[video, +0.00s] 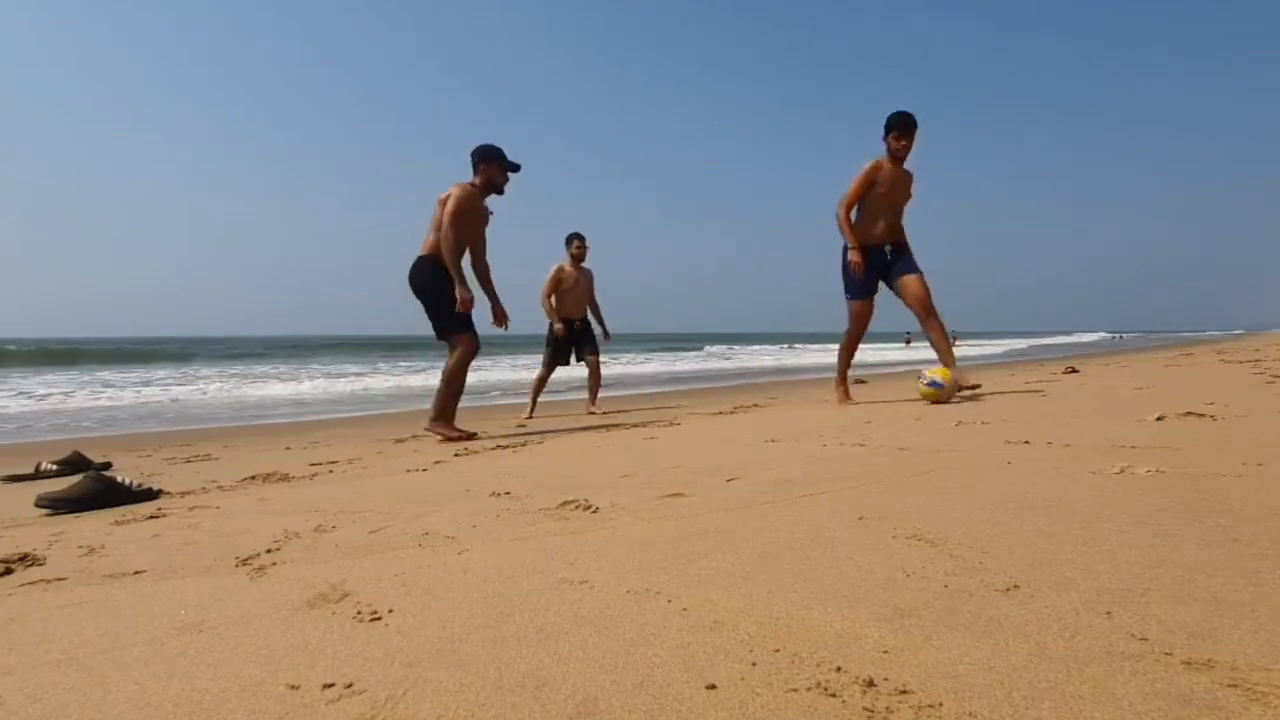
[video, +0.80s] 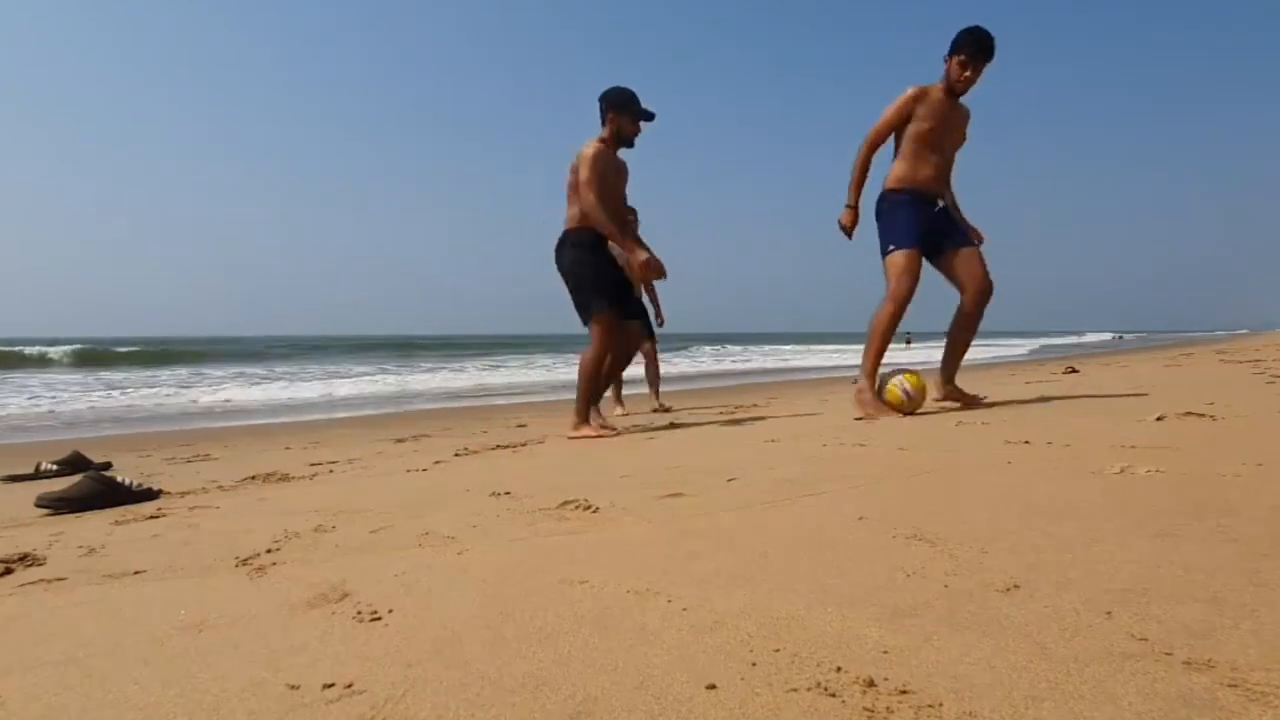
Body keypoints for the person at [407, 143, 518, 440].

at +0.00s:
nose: (507, 177)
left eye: (507, 171)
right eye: (503, 170)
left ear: (486, 171)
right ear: (483, 169)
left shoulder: (481, 212)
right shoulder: (463, 193)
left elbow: (479, 260)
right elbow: (446, 235)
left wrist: (495, 302)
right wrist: (460, 283)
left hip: (444, 275)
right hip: (431, 271)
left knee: (465, 346)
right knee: (466, 344)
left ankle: (446, 420)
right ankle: (439, 419)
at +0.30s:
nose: (537, 156)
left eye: (538, 149)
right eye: (532, 148)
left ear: (517, 148)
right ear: (511, 145)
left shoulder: (521, 196)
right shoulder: (484, 182)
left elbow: (528, 246)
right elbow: (452, 227)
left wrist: (545, 286)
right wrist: (444, 282)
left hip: (496, 273)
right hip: (471, 270)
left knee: (507, 360)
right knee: (492, 351)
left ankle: (458, 408)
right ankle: (465, 430)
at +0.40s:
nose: (552, 139)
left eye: (552, 132)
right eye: (547, 131)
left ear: (532, 133)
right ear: (525, 131)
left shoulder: (535, 177)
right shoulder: (501, 168)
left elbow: (537, 224)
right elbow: (474, 217)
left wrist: (551, 261)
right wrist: (465, 271)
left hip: (513, 262)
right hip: (490, 259)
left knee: (532, 346)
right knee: (501, 345)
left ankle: (487, 409)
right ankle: (471, 427)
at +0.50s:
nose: (570, 139)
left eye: (570, 132)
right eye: (565, 131)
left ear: (548, 133)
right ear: (543, 131)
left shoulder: (551, 177)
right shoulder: (522, 168)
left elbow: (555, 225)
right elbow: (506, 224)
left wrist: (571, 254)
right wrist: (513, 270)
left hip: (529, 263)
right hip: (505, 261)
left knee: (561, 339)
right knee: (506, 345)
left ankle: (537, 420)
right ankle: (470, 429)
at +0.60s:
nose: (589, 138)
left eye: (589, 131)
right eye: (584, 130)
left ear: (568, 132)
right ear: (563, 130)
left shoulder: (571, 177)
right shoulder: (542, 167)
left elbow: (579, 229)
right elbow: (532, 221)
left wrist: (596, 254)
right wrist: (562, 262)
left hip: (557, 266)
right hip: (531, 262)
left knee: (580, 340)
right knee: (535, 348)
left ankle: (554, 422)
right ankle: (478, 417)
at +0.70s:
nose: (611, 131)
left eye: (612, 123)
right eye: (606, 123)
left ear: (597, 123)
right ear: (585, 121)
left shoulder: (597, 168)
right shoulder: (564, 159)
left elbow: (603, 217)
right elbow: (554, 208)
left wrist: (620, 246)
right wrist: (593, 246)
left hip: (580, 252)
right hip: (557, 249)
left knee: (590, 338)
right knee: (581, 334)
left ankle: (556, 418)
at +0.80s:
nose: (639, 129)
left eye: (639, 122)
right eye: (634, 121)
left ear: (620, 120)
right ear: (612, 118)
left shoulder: (618, 165)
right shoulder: (592, 154)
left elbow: (622, 217)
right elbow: (591, 205)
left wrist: (645, 254)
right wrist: (629, 248)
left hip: (604, 248)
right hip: (581, 246)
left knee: (631, 335)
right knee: (603, 329)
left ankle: (589, 405)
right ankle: (581, 420)